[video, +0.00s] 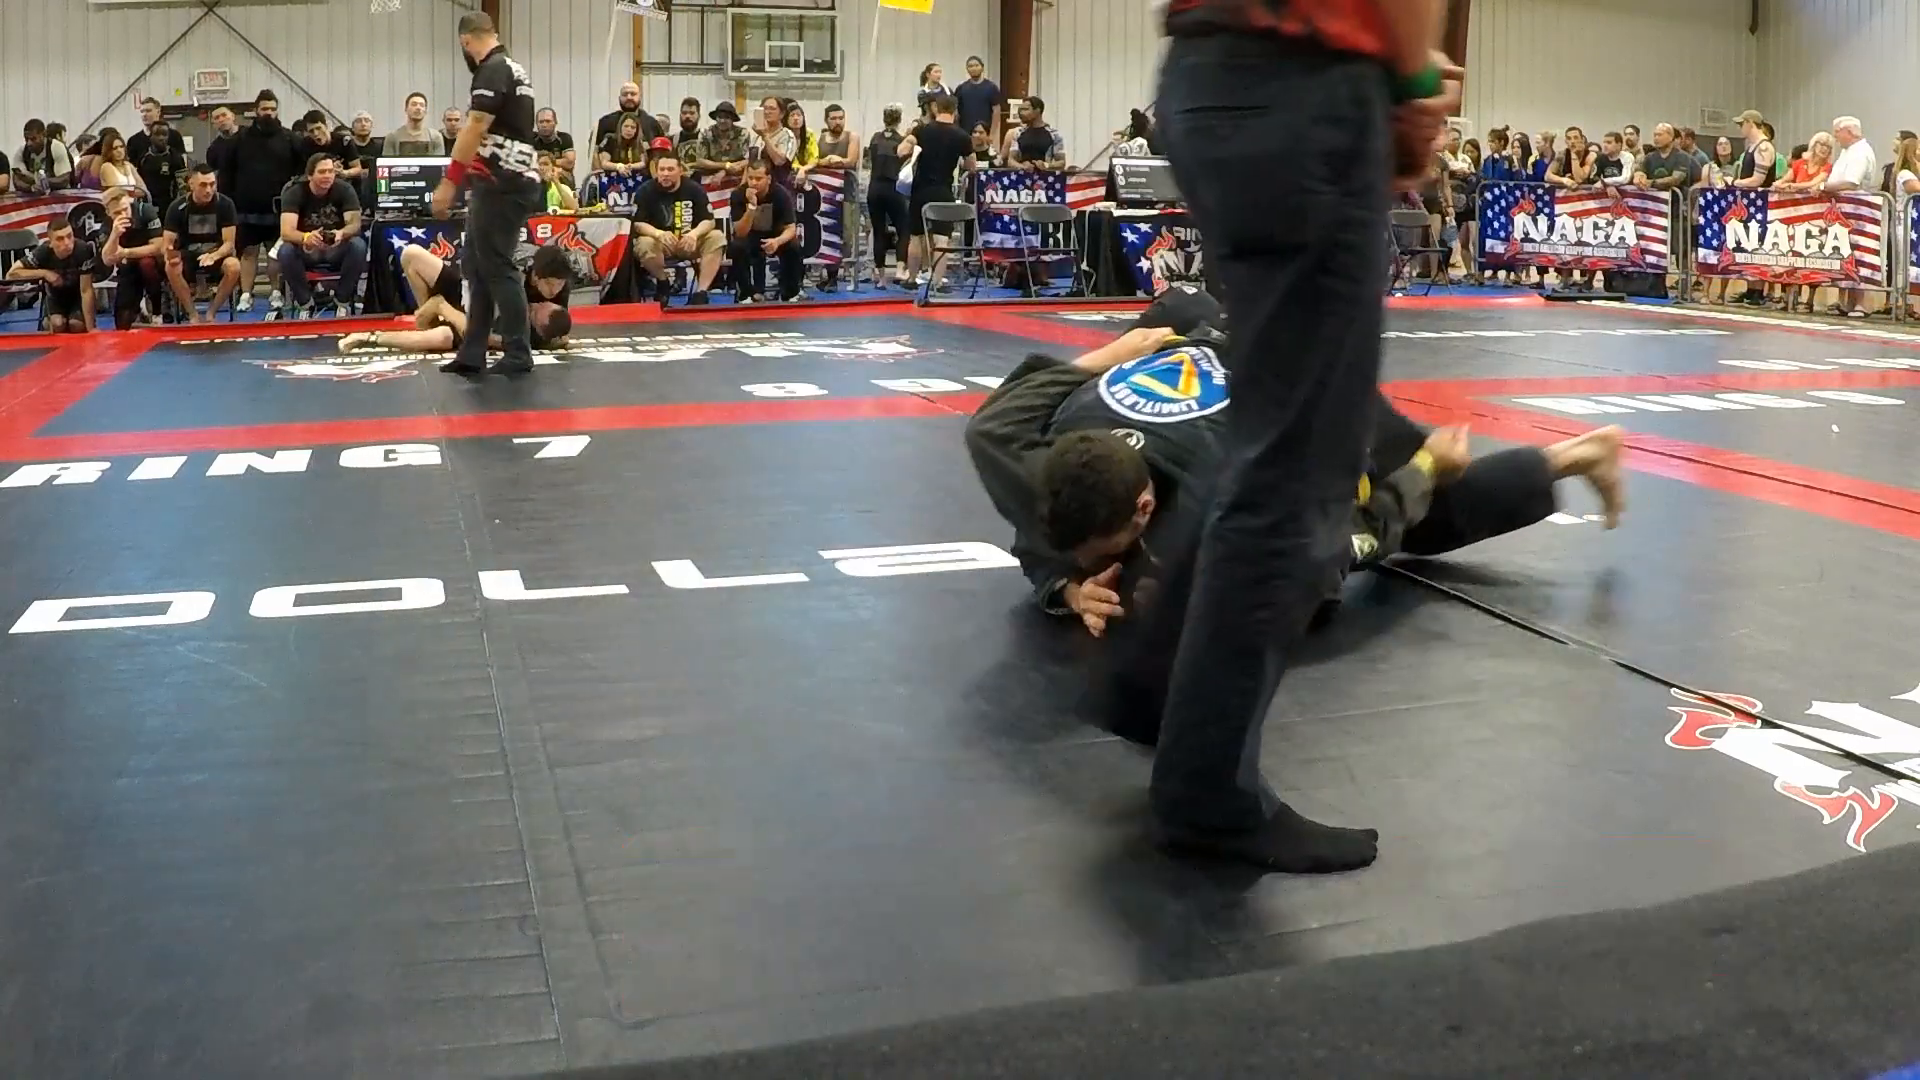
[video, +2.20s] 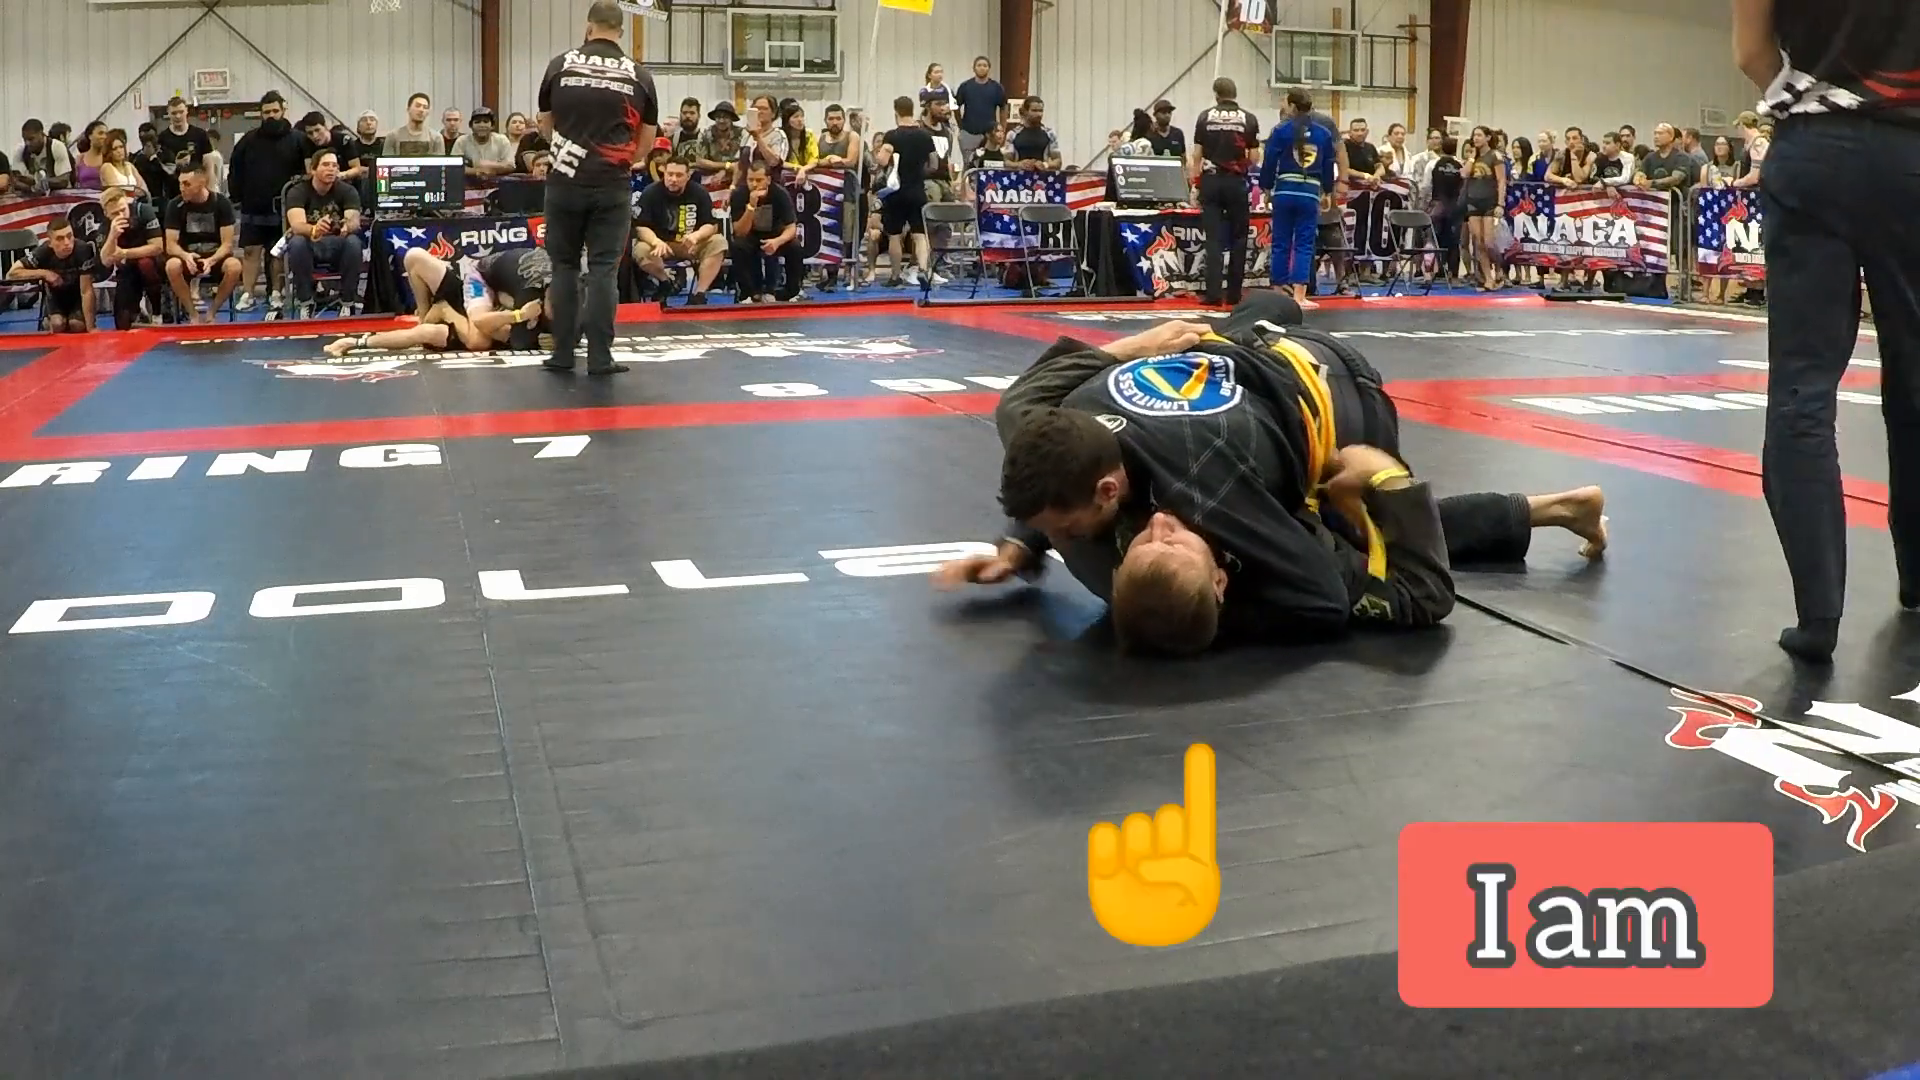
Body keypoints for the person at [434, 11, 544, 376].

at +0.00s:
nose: (465, 54)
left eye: (463, 47)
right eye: (463, 48)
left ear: (468, 41)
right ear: (493, 36)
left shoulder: (493, 68)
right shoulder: (514, 68)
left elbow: (477, 126)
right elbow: (511, 133)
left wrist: (450, 180)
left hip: (501, 183)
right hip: (512, 182)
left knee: (499, 268)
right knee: (477, 267)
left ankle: (518, 356)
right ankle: (471, 355)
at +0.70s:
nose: (465, 39)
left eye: (464, 35)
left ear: (465, 34)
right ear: (499, 33)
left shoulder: (459, 67)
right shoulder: (523, 72)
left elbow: (441, 129)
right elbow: (533, 133)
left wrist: (429, 183)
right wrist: (523, 181)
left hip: (472, 185)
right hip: (512, 186)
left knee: (477, 269)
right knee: (490, 269)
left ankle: (507, 356)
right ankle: (475, 356)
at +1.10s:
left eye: (476, 30)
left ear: (475, 31)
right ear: (509, 29)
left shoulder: (460, 75)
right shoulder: (540, 67)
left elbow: (443, 140)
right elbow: (560, 128)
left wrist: (450, 194)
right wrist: (559, 173)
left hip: (491, 189)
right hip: (538, 185)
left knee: (502, 272)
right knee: (533, 268)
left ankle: (513, 361)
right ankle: (531, 355)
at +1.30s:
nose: (492, 34)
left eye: (489, 28)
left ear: (490, 29)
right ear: (523, 26)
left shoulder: (473, 72)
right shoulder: (554, 68)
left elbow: (462, 132)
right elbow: (571, 131)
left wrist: (472, 165)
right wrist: (560, 169)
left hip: (499, 188)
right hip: (547, 184)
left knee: (508, 270)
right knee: (564, 264)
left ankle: (512, 363)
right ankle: (583, 352)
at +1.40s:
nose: (503, 33)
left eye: (502, 27)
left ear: (503, 28)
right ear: (536, 27)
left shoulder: (482, 72)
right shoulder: (563, 69)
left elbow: (477, 135)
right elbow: (577, 134)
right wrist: (553, 166)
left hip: (504, 183)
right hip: (554, 182)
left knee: (512, 271)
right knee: (575, 264)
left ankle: (512, 364)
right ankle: (595, 356)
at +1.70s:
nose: (560, 33)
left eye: (552, 26)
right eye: (575, 26)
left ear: (548, 27)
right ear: (582, 28)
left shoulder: (525, 68)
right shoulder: (604, 73)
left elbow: (517, 132)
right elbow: (615, 143)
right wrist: (593, 163)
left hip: (538, 187)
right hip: (588, 185)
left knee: (530, 269)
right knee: (592, 267)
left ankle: (516, 361)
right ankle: (598, 360)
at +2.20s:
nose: (587, 33)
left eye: (587, 28)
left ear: (588, 28)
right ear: (620, 31)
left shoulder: (559, 64)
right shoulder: (640, 75)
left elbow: (548, 124)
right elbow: (645, 144)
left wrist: (575, 150)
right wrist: (617, 163)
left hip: (565, 182)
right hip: (612, 185)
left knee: (563, 263)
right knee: (604, 267)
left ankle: (563, 354)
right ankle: (599, 358)